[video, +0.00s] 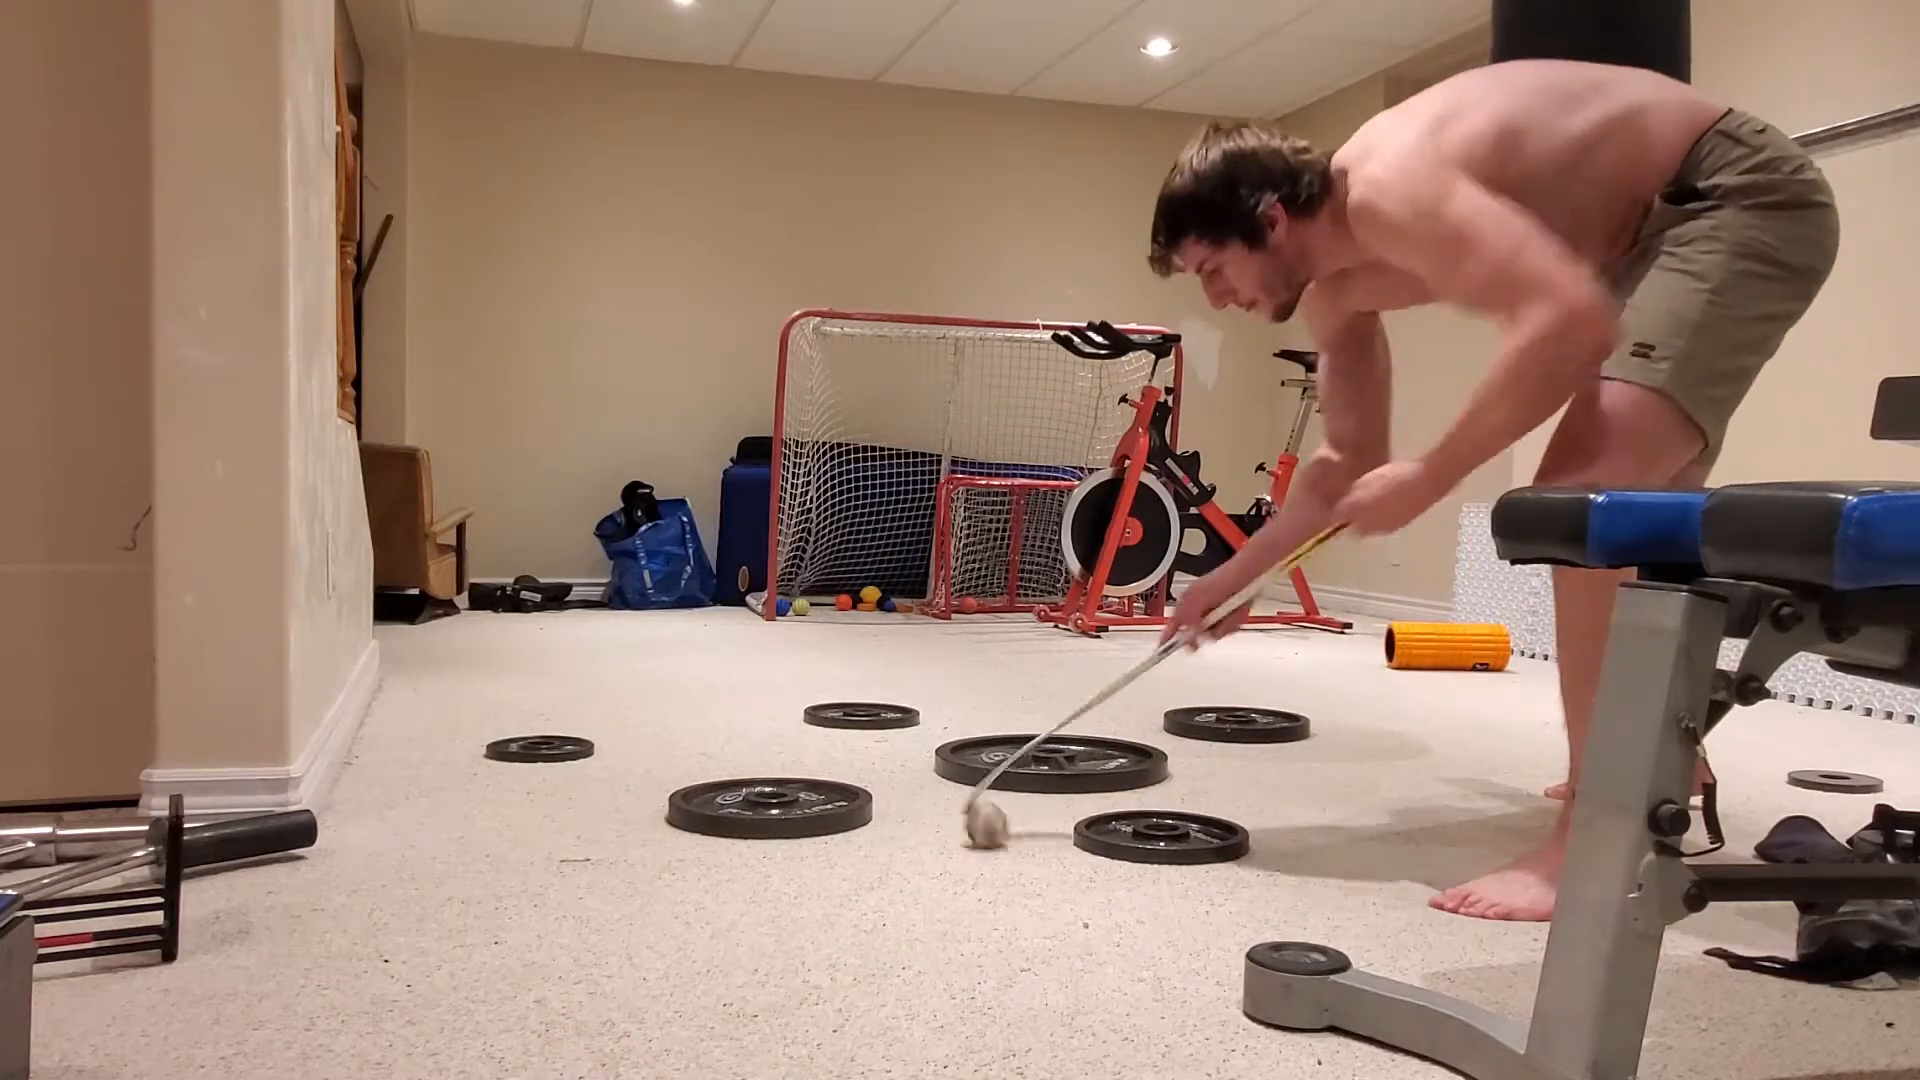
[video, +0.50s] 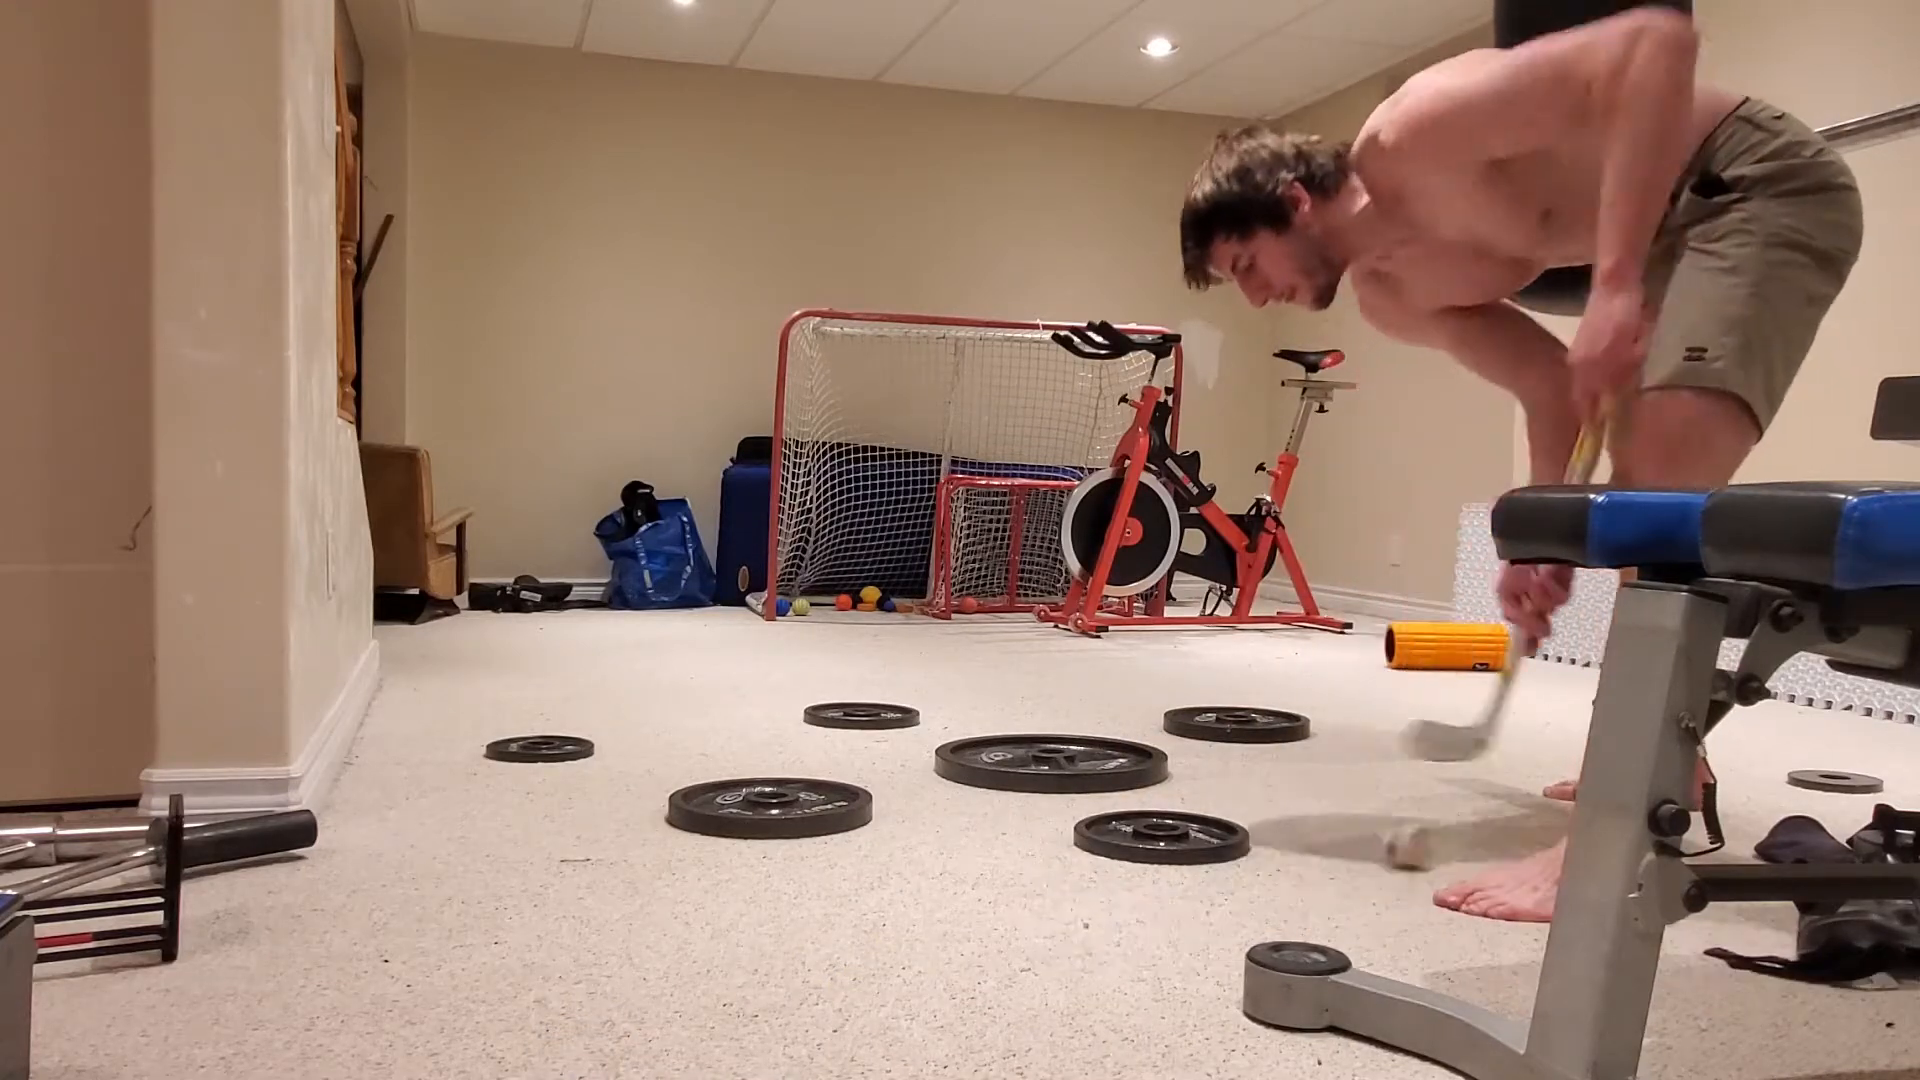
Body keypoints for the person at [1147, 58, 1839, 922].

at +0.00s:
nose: (1217, 300)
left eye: (1213, 270)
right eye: (1201, 284)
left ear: (1268, 219)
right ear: (1266, 226)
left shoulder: (1394, 193)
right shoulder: (1338, 290)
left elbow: (1575, 321)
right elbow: (1345, 463)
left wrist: (1429, 476)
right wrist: (1233, 577)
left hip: (1740, 193)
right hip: (1657, 238)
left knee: (1578, 496)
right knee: (1628, 508)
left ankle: (1595, 835)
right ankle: (1670, 760)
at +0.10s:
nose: (1218, 285)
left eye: (1216, 251)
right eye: (1201, 267)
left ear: (1273, 193)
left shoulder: (1418, 152)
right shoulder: (1338, 285)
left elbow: (1660, 204)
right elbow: (1395, 442)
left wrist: (1553, 413)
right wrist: (1350, 552)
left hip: (1737, 180)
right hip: (1637, 230)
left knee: (1606, 496)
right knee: (1582, 488)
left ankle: (1597, 832)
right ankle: (1654, 762)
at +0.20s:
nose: (1228, 268)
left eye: (1227, 234)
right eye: (1211, 252)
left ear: (1287, 173)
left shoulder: (1428, 122)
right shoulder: (1348, 298)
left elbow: (1660, 215)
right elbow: (1424, 457)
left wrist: (1549, 417)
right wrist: (1413, 576)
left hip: (1740, 179)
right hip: (1628, 244)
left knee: (1614, 474)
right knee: (1600, 476)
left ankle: (1605, 836)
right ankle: (1658, 757)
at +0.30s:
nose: (1237, 274)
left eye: (1237, 239)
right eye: (1220, 257)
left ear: (1297, 178)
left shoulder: (1428, 127)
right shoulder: (1356, 306)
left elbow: (1663, 169)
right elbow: (1452, 433)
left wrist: (1573, 383)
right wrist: (1457, 543)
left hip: (1742, 186)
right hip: (1639, 242)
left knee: (1630, 470)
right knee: (1610, 468)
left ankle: (1611, 833)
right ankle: (1661, 755)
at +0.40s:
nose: (1252, 293)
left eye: (1246, 259)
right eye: (1233, 280)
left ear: (1300, 193)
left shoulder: (1425, 126)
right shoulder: (1371, 301)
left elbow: (1682, 30)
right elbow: (1515, 409)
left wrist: (1636, 257)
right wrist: (1493, 509)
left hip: (1748, 185)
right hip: (1670, 235)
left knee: (1648, 486)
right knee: (1627, 470)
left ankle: (1615, 842)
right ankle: (1665, 755)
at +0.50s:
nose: (1257, 298)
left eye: (1247, 265)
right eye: (1238, 286)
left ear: (1291, 198)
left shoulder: (1415, 131)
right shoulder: (1391, 298)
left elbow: (1654, 45)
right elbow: (1547, 376)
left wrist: (1614, 286)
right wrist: (1538, 536)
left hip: (1758, 178)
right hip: (1676, 240)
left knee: (1661, 474)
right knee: (1642, 471)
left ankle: (1621, 834)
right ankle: (1669, 757)